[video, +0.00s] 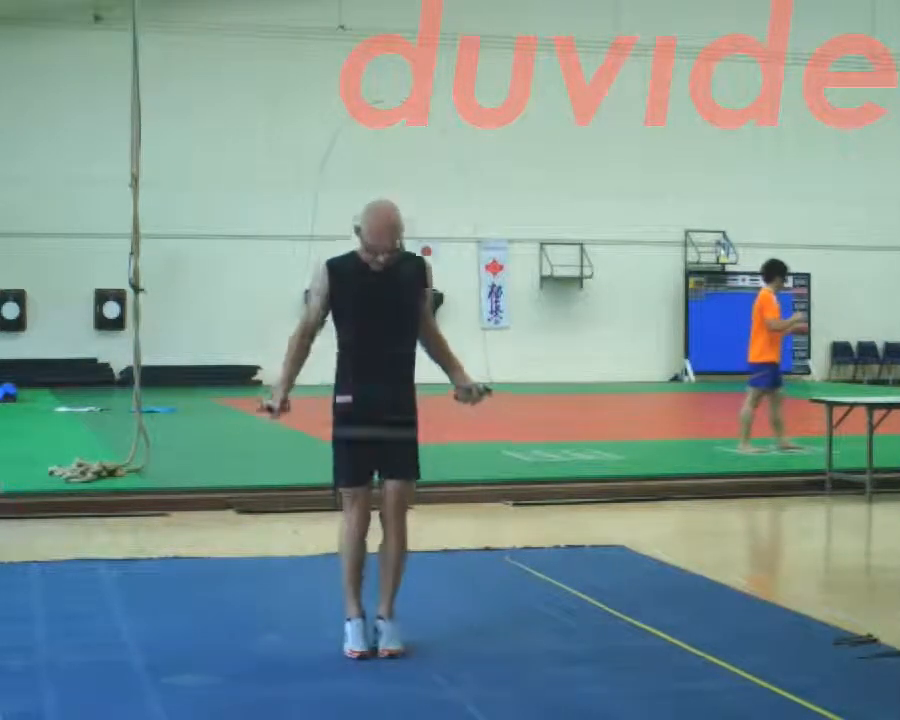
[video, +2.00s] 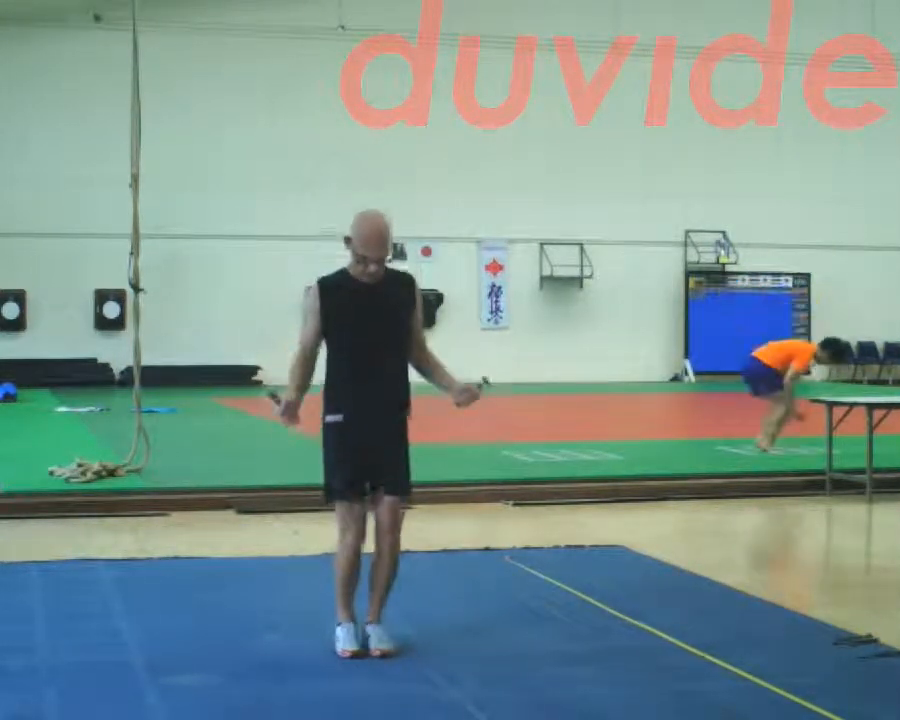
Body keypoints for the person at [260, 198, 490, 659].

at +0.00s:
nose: (382, 258)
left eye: (390, 250)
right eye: (374, 250)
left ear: (401, 238)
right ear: (359, 235)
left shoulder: (416, 271)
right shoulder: (333, 274)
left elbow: (428, 331)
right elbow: (305, 332)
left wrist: (459, 377)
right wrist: (283, 388)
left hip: (400, 404)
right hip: (353, 405)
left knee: (396, 509)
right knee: (357, 511)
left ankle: (386, 618)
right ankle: (354, 619)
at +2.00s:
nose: (372, 268)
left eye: (380, 259)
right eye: (363, 260)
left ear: (391, 248)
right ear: (348, 247)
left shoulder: (406, 287)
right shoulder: (323, 292)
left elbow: (418, 351)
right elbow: (307, 353)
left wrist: (453, 385)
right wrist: (293, 397)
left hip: (391, 421)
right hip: (343, 421)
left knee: (389, 523)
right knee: (351, 527)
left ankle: (375, 622)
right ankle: (345, 622)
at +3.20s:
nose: (372, 236)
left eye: (380, 227)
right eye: (364, 228)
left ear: (392, 217)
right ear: (349, 216)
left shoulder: (409, 257)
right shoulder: (329, 261)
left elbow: (418, 323)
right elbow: (309, 326)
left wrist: (450, 367)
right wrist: (288, 377)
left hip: (394, 392)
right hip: (349, 393)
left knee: (389, 503)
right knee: (353, 505)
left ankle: (378, 608)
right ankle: (350, 608)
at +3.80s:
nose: (378, 277)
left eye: (386, 268)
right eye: (369, 268)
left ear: (398, 259)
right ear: (354, 257)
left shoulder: (416, 298)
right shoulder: (332, 302)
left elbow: (426, 357)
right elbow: (312, 361)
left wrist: (458, 392)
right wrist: (298, 398)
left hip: (397, 427)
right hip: (349, 427)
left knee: (393, 530)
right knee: (358, 534)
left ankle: (379, 622)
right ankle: (352, 623)